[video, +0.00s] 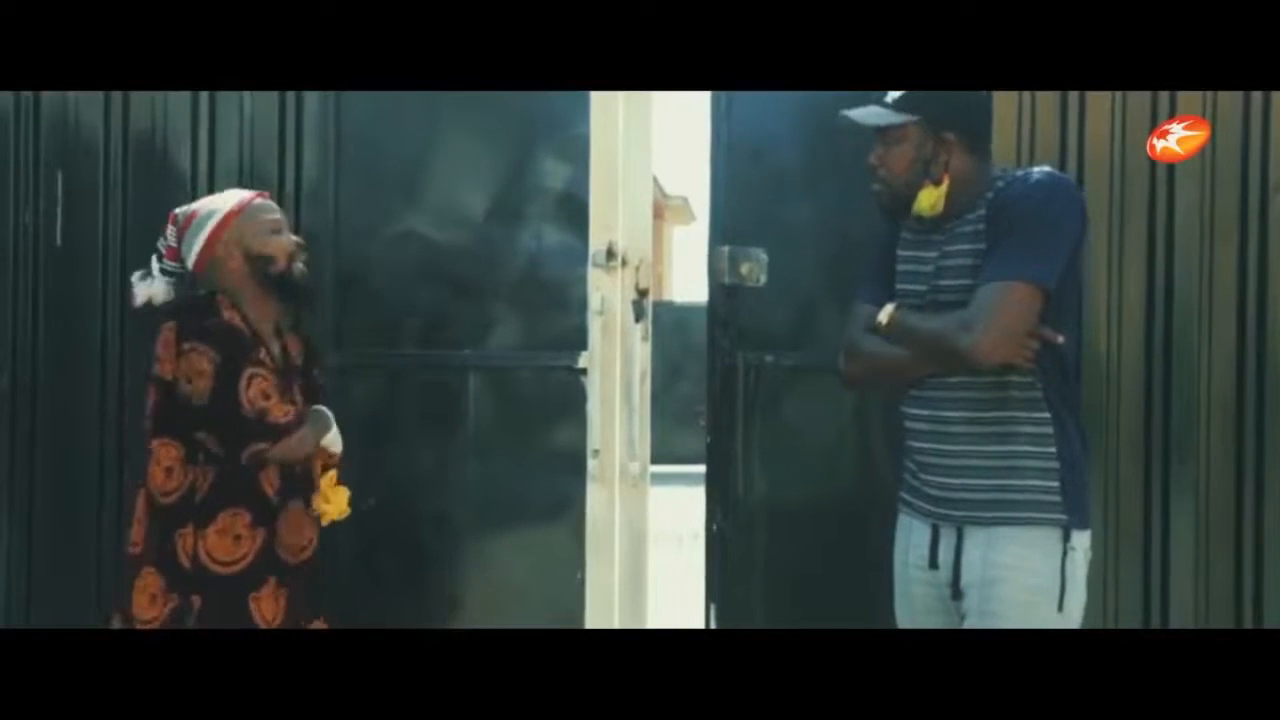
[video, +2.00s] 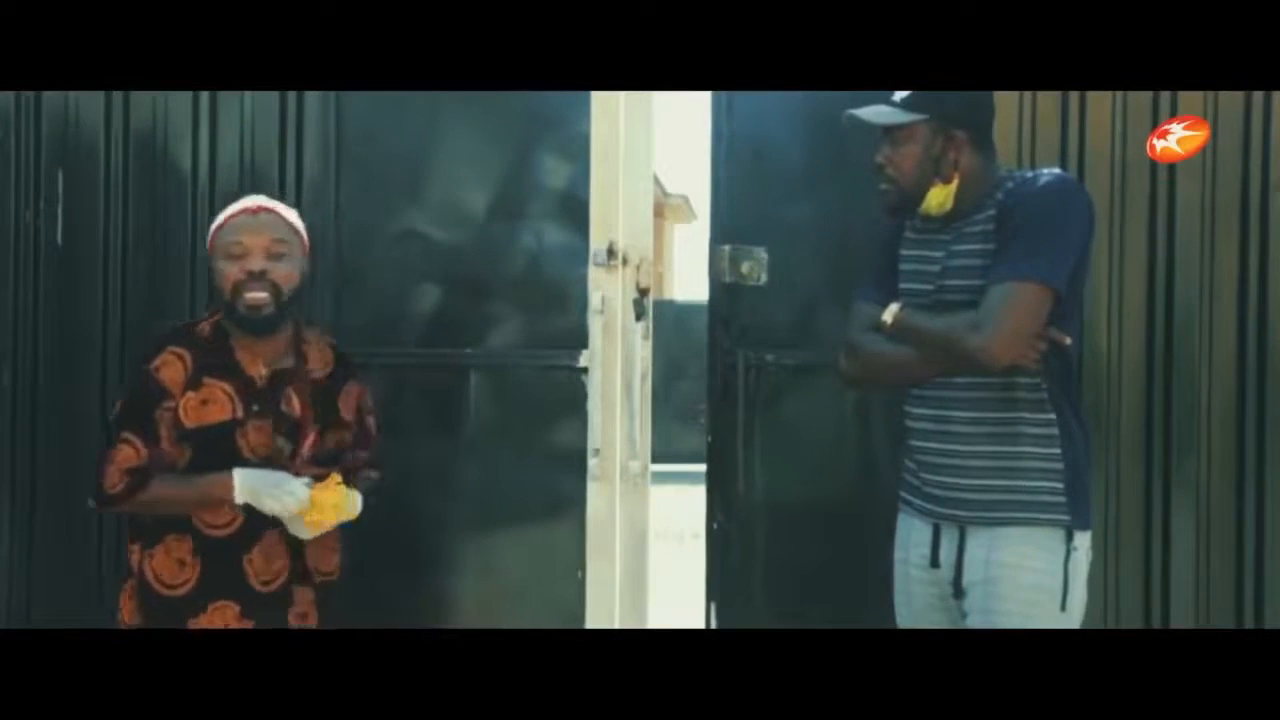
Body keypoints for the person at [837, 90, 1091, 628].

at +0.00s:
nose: (873, 160)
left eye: (890, 142)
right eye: (874, 143)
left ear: (946, 146)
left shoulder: (1040, 196)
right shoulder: (902, 224)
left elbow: (989, 342)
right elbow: (854, 360)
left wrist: (890, 317)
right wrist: (975, 339)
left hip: (1025, 523)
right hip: (922, 514)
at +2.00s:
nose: (879, 159)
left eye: (897, 141)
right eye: (881, 142)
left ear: (954, 145)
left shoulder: (1048, 197)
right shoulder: (903, 224)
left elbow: (998, 344)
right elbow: (854, 359)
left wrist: (893, 317)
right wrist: (985, 341)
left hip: (1027, 522)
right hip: (923, 513)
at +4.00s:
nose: (879, 162)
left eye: (896, 144)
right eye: (880, 145)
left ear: (956, 144)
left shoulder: (1048, 195)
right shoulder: (905, 221)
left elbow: (997, 343)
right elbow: (856, 359)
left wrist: (894, 316)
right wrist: (982, 339)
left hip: (1027, 521)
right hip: (923, 511)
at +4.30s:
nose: (941, 159)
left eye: (959, 142)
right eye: (943, 143)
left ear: (1016, 149)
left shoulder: (1097, 210)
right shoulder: (969, 230)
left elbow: (1012, 343)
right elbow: (891, 341)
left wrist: (925, 304)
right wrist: (1001, 342)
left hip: (1038, 536)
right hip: (933, 518)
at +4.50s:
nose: (989, 155)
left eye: (1007, 137)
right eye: (990, 137)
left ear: (1064, 144)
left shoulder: (1152, 206)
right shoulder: (998, 226)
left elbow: (1079, 339)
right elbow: (928, 340)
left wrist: (974, 302)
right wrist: (1052, 335)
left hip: (1088, 533)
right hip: (973, 519)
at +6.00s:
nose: (992, 152)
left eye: (1010, 136)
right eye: (991, 136)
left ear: (1068, 138)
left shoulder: (1164, 191)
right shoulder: (1006, 216)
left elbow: (1096, 331)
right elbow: (941, 342)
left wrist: (986, 300)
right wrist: (1072, 329)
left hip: (1120, 528)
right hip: (1001, 517)